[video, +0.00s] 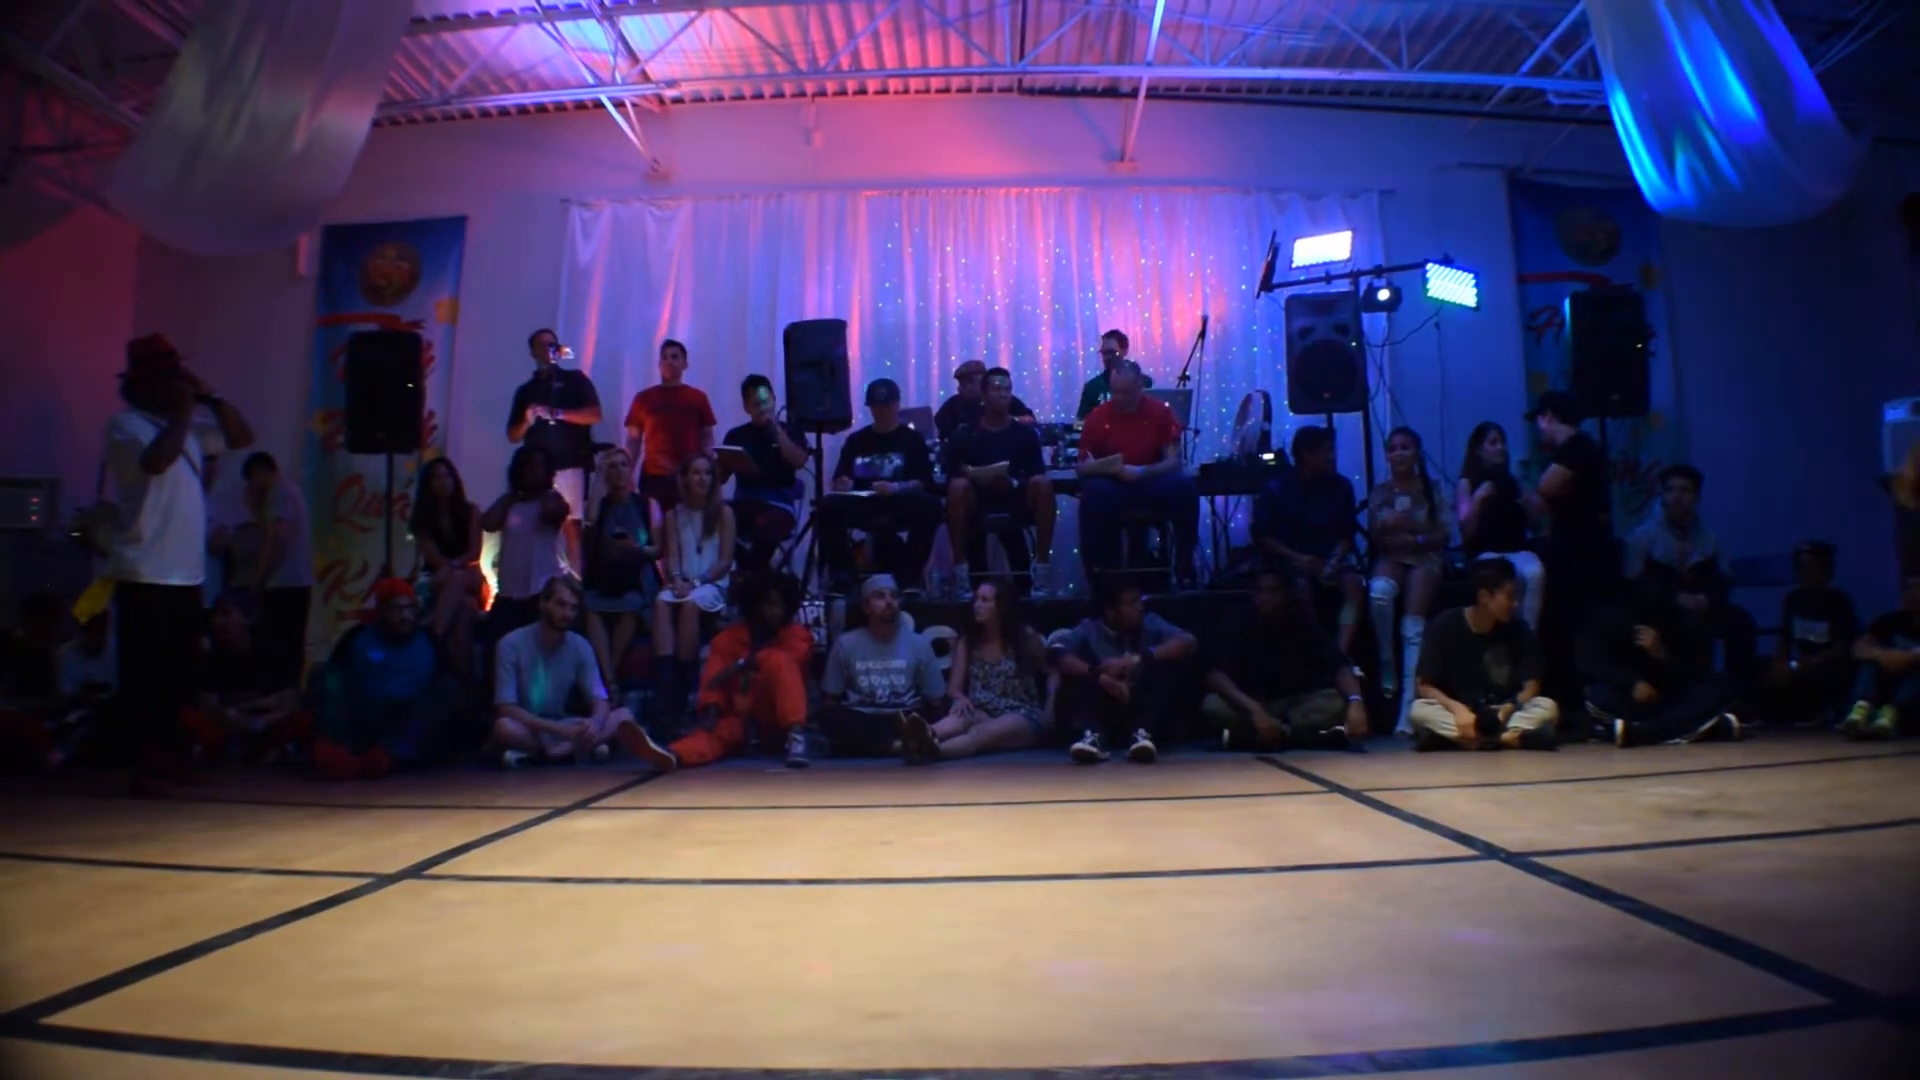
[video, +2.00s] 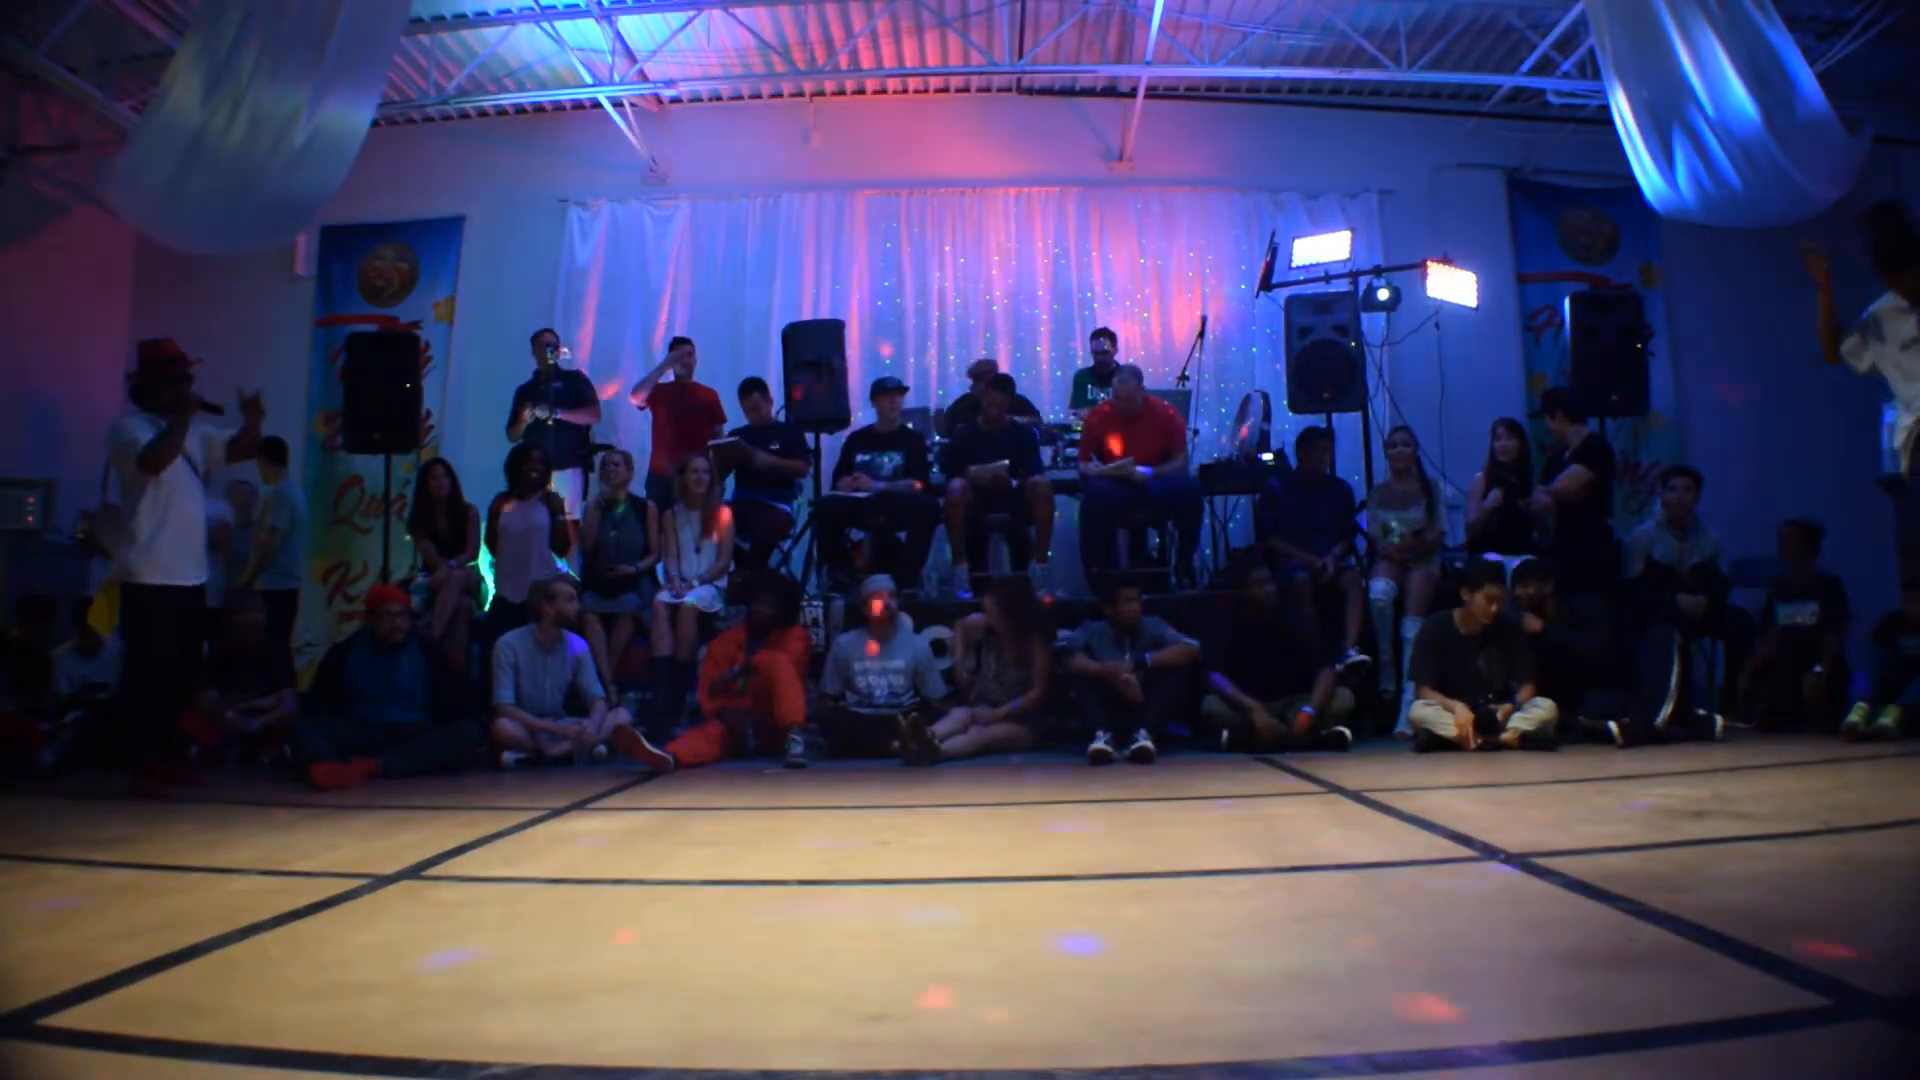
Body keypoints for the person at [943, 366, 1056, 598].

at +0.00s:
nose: (1002, 393)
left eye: (1006, 388)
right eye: (996, 388)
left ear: (1011, 393)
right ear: (984, 394)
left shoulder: (1024, 432)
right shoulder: (967, 430)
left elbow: (1036, 470)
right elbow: (950, 465)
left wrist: (1009, 480)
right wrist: (975, 473)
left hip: (1013, 491)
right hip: (979, 492)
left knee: (1042, 485)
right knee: (958, 486)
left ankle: (1042, 563)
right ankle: (960, 567)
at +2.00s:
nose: (994, 412)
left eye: (1000, 405)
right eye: (989, 405)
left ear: (1009, 405)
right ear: (981, 404)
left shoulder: (1023, 433)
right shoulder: (965, 433)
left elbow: (1034, 470)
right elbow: (950, 470)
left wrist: (1008, 478)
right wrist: (975, 474)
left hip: (1012, 490)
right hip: (977, 491)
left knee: (1041, 487)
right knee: (956, 489)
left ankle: (1041, 563)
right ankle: (960, 566)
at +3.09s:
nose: (994, 413)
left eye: (1002, 409)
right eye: (990, 405)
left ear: (1013, 409)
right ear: (982, 401)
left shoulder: (1024, 435)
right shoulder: (964, 435)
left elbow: (1036, 471)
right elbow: (951, 470)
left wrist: (1008, 478)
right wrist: (979, 474)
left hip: (1014, 494)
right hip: (977, 495)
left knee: (1040, 486)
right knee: (957, 487)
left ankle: (1040, 562)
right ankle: (959, 565)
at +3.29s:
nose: (987, 400)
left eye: (994, 394)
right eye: (985, 393)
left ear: (1009, 399)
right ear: (980, 395)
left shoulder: (1024, 434)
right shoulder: (963, 434)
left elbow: (1036, 473)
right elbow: (950, 473)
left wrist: (1008, 479)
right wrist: (973, 473)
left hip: (1013, 493)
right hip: (976, 494)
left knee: (1040, 487)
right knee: (956, 487)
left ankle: (1040, 563)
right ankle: (958, 564)